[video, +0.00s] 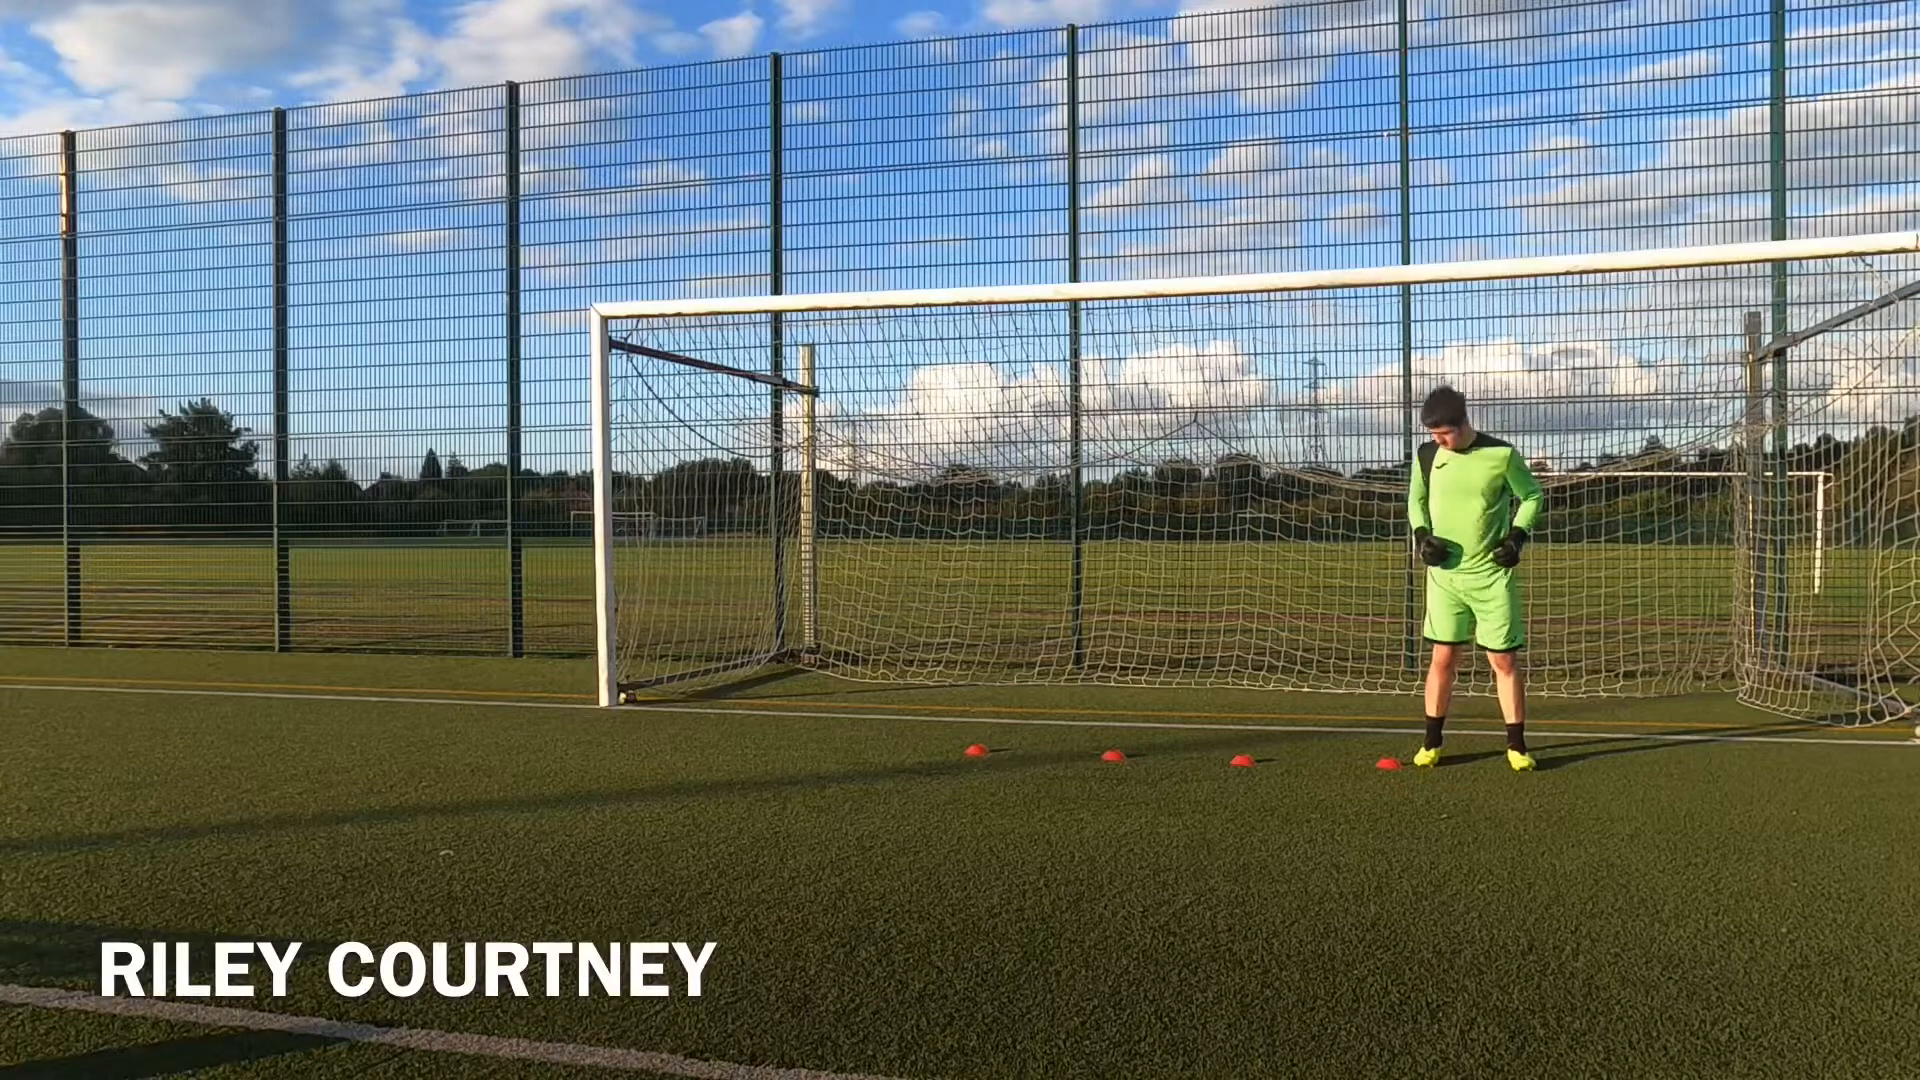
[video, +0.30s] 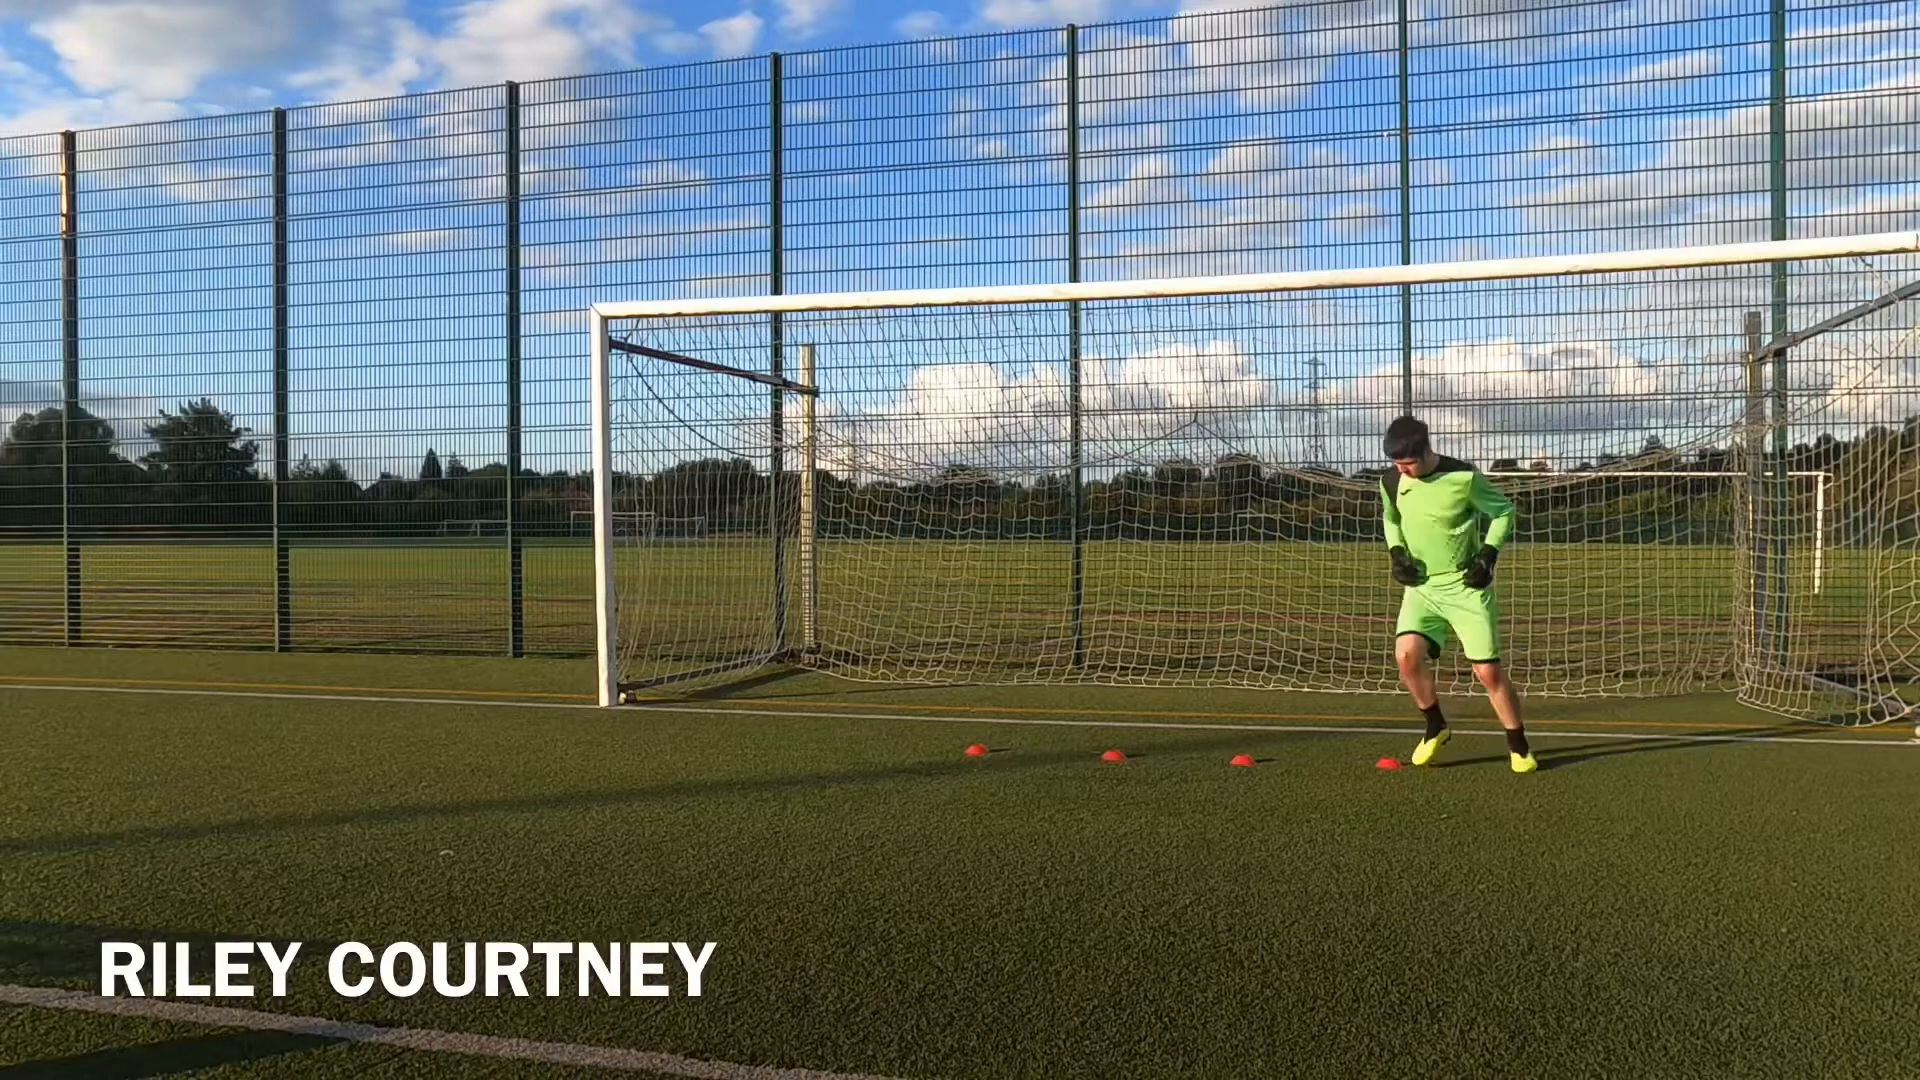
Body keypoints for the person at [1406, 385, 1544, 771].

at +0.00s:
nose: (1439, 439)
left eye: (1445, 431)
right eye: (1433, 432)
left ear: (1464, 422)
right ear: (1428, 428)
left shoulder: (1503, 456)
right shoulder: (1425, 458)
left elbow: (1533, 496)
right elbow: (1416, 502)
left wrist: (1516, 536)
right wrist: (1422, 535)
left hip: (1492, 577)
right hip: (1444, 577)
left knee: (1504, 662)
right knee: (1442, 658)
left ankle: (1516, 746)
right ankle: (1432, 743)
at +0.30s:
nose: (1401, 467)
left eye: (1408, 460)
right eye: (1396, 461)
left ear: (1427, 450)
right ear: (1392, 456)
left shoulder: (1464, 479)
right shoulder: (1392, 483)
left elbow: (1504, 512)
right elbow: (1391, 520)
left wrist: (1488, 554)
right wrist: (1397, 552)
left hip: (1466, 588)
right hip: (1419, 589)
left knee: (1488, 672)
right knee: (1407, 657)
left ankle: (1519, 746)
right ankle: (1436, 727)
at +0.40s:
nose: (1380, 467)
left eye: (1387, 460)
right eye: (1374, 460)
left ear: (1406, 450)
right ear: (1368, 455)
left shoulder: (1441, 480)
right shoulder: (1368, 484)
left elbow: (1483, 507)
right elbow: (1363, 517)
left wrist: (1479, 553)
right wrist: (1361, 552)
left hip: (1444, 588)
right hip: (1397, 587)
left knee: (1472, 674)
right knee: (1378, 646)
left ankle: (1517, 745)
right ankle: (1391, 743)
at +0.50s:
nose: (1354, 463)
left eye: (1360, 456)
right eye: (1349, 456)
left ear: (1378, 447)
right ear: (1343, 452)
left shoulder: (1416, 476)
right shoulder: (1339, 480)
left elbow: (1457, 498)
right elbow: (1315, 514)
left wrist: (1461, 540)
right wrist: (1313, 548)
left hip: (1410, 581)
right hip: (1366, 585)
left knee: (1431, 655)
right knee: (1375, 654)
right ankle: (1375, 753)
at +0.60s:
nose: (1321, 466)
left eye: (1327, 459)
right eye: (1316, 459)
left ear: (1345, 448)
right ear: (1311, 455)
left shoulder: (1384, 476)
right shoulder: (1310, 479)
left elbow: (1429, 511)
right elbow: (1290, 515)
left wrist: (1423, 552)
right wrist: (1274, 546)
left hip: (1380, 573)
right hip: (1339, 576)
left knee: (1378, 649)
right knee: (1347, 649)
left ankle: (1382, 728)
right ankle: (1353, 742)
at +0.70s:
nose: (1286, 470)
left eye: (1292, 463)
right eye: (1281, 463)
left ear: (1312, 455)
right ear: (1278, 459)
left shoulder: (1349, 486)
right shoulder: (1280, 487)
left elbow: (1392, 522)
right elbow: (1269, 524)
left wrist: (1372, 554)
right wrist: (1253, 544)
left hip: (1351, 583)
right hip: (1308, 583)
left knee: (1346, 670)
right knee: (1292, 645)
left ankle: (1373, 742)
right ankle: (1302, 717)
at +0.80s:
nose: (1247, 464)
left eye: (1252, 457)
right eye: (1243, 458)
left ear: (1272, 446)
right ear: (1242, 455)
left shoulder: (1315, 483)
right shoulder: (1251, 480)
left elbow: (1352, 521)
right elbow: (1246, 516)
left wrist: (1334, 557)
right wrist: (1229, 546)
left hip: (1316, 589)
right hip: (1273, 586)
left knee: (1324, 669)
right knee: (1248, 658)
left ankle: (1368, 739)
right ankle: (1257, 721)